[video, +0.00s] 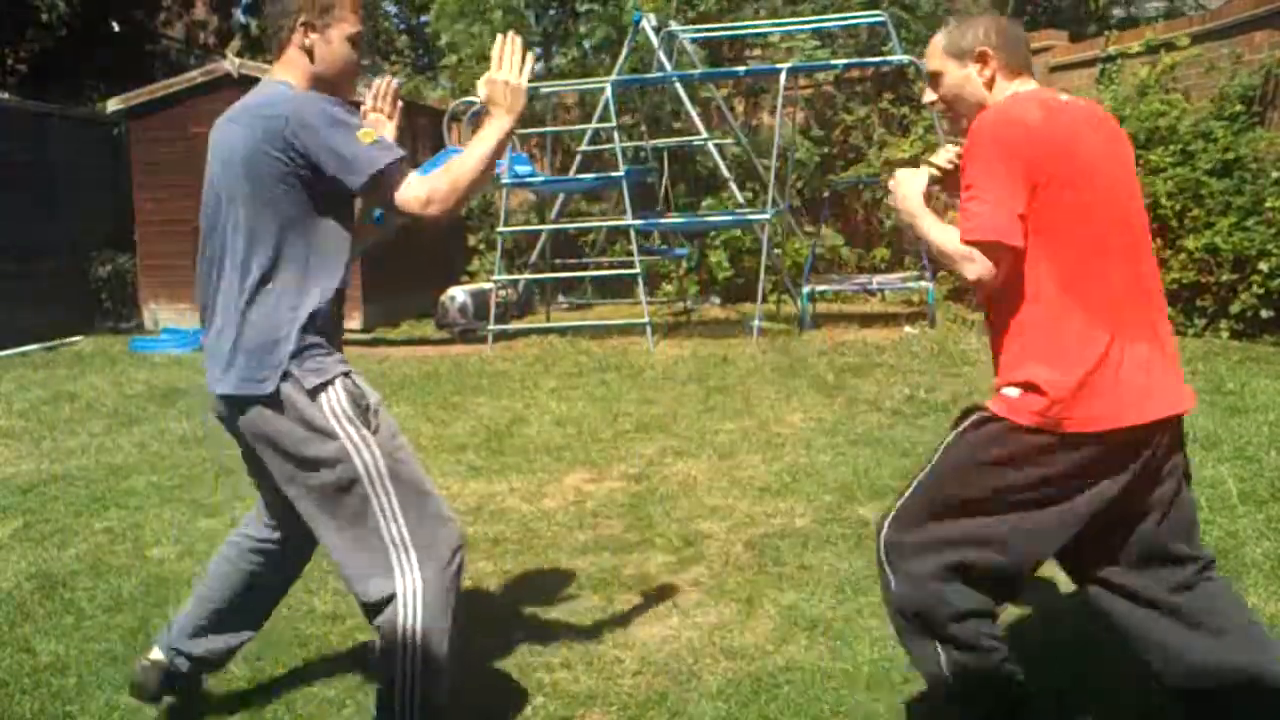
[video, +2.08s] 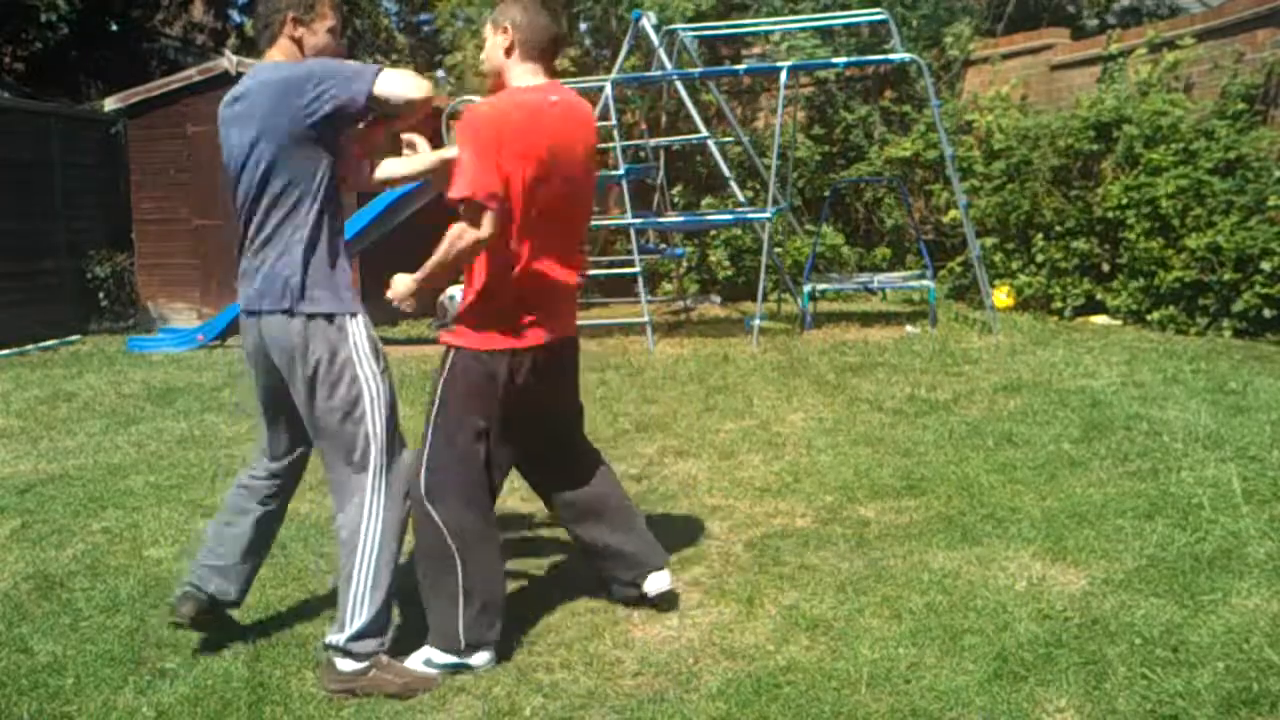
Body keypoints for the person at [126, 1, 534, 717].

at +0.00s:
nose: (362, 60)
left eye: (363, 43)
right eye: (355, 41)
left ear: (303, 37)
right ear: (307, 36)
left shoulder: (239, 120)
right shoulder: (300, 112)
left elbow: (326, 240)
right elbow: (427, 198)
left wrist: (364, 153)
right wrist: (501, 118)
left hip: (245, 374)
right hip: (298, 373)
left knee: (284, 522)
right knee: (424, 552)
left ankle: (175, 661)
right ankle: (414, 712)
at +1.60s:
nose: (345, 65)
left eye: (346, 51)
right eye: (339, 49)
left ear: (293, 42)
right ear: (298, 41)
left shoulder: (259, 107)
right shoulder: (270, 103)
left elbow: (335, 201)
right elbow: (349, 171)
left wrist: (372, 134)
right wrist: (414, 148)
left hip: (251, 333)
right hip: (289, 333)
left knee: (262, 484)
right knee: (377, 474)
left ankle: (188, 632)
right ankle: (383, 661)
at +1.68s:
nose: (341, 59)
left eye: (342, 45)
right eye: (334, 42)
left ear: (291, 37)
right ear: (292, 35)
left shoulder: (284, 111)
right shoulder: (250, 99)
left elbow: (366, 183)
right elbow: (294, 195)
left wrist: (387, 114)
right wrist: (389, 191)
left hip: (266, 327)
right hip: (281, 328)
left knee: (262, 476)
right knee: (365, 471)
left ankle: (185, 629)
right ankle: (355, 657)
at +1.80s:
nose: (341, 54)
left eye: (341, 41)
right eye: (332, 40)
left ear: (305, 42)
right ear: (288, 37)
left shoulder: (317, 105)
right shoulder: (242, 113)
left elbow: (403, 81)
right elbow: (214, 219)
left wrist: (485, 29)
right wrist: (312, 276)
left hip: (275, 334)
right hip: (282, 337)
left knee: (247, 488)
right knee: (370, 475)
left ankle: (175, 634)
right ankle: (350, 654)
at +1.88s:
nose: (342, 52)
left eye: (342, 40)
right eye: (334, 39)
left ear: (301, 39)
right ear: (292, 38)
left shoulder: (314, 95)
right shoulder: (255, 110)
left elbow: (394, 83)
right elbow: (217, 201)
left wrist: (461, 24)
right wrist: (319, 245)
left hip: (274, 329)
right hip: (303, 330)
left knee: (248, 483)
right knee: (378, 480)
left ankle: (177, 631)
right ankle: (353, 655)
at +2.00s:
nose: (340, 52)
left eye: (340, 39)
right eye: (334, 37)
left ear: (291, 33)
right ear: (295, 31)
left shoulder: (248, 97)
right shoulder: (276, 93)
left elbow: (372, 134)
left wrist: (444, 101)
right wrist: (362, 143)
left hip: (267, 319)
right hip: (319, 319)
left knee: (256, 475)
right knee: (379, 474)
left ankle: (191, 619)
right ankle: (358, 653)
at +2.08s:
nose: (341, 42)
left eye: (340, 30)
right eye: (334, 28)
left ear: (286, 27)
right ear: (296, 26)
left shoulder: (235, 101)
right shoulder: (305, 82)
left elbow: (330, 181)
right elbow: (413, 91)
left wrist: (423, 159)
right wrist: (431, 102)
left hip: (264, 310)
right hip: (319, 312)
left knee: (278, 453)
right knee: (376, 468)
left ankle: (206, 589)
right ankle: (358, 653)